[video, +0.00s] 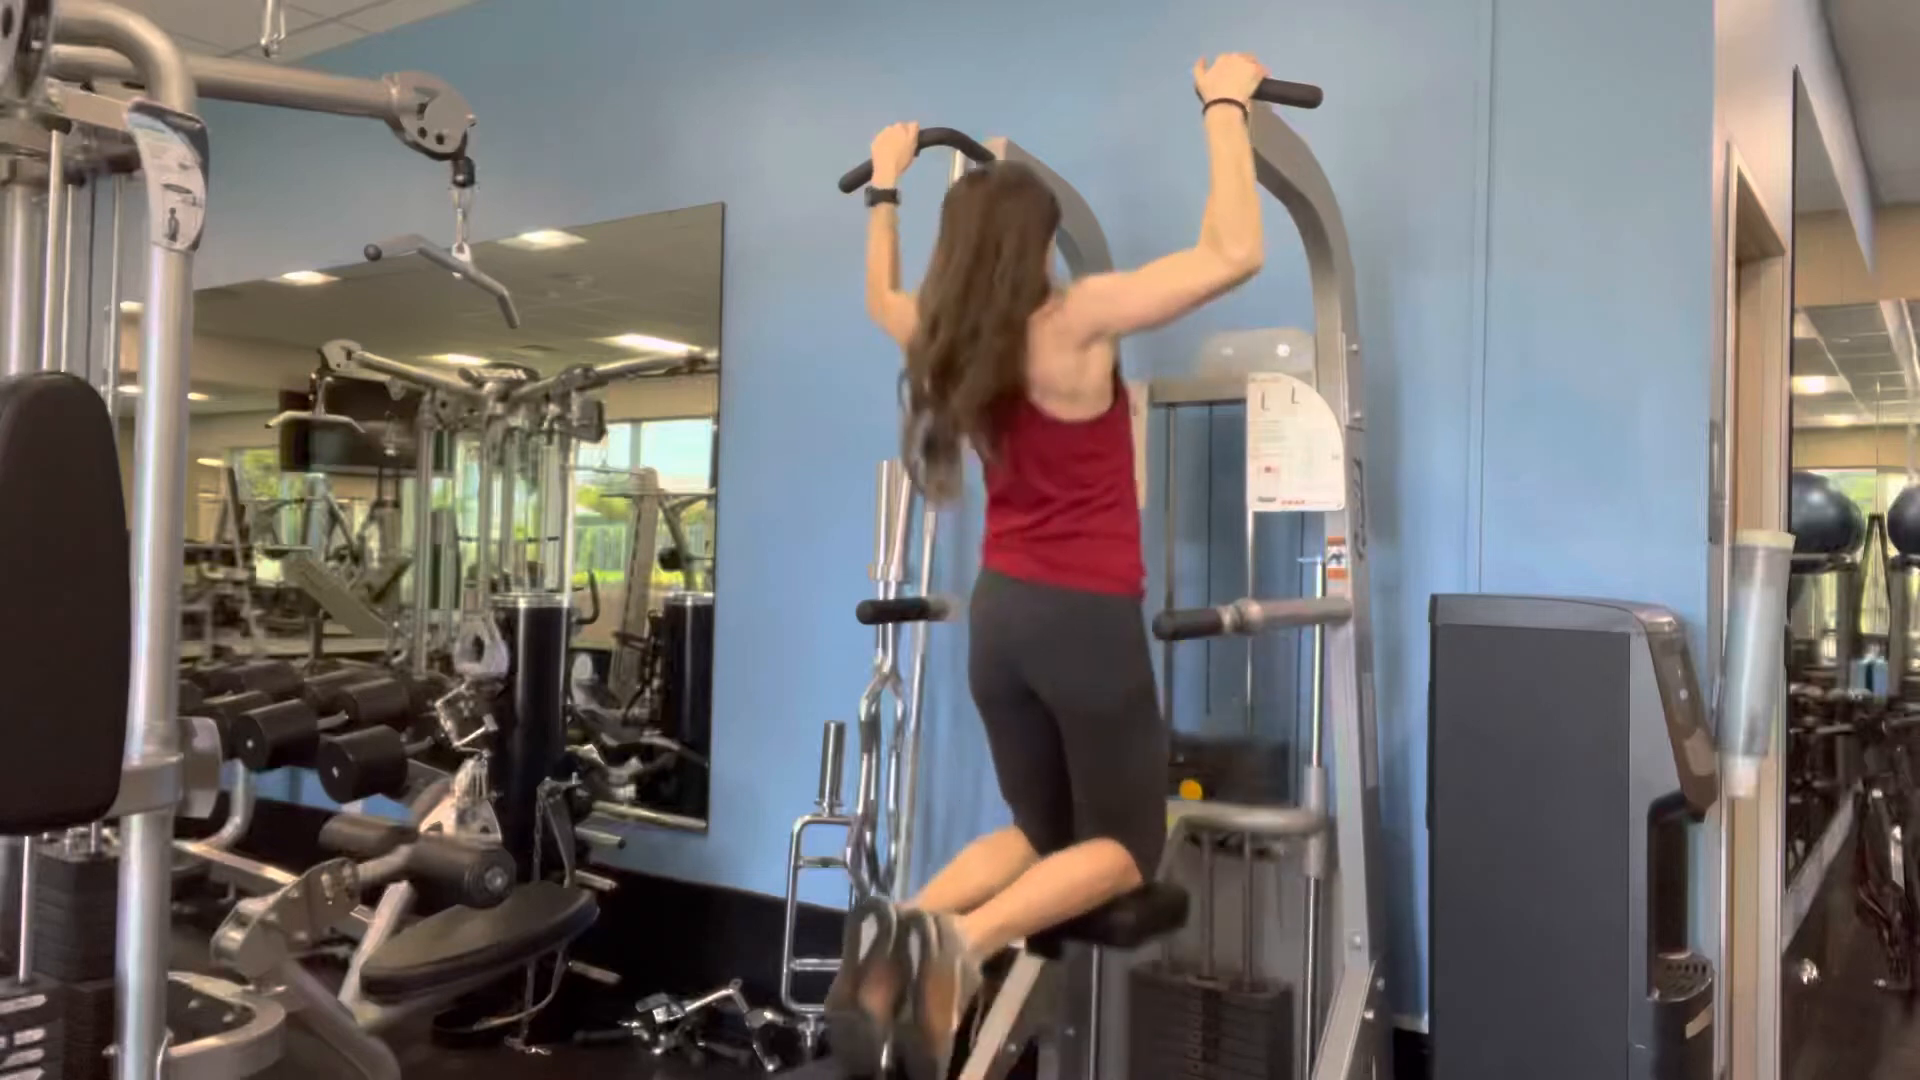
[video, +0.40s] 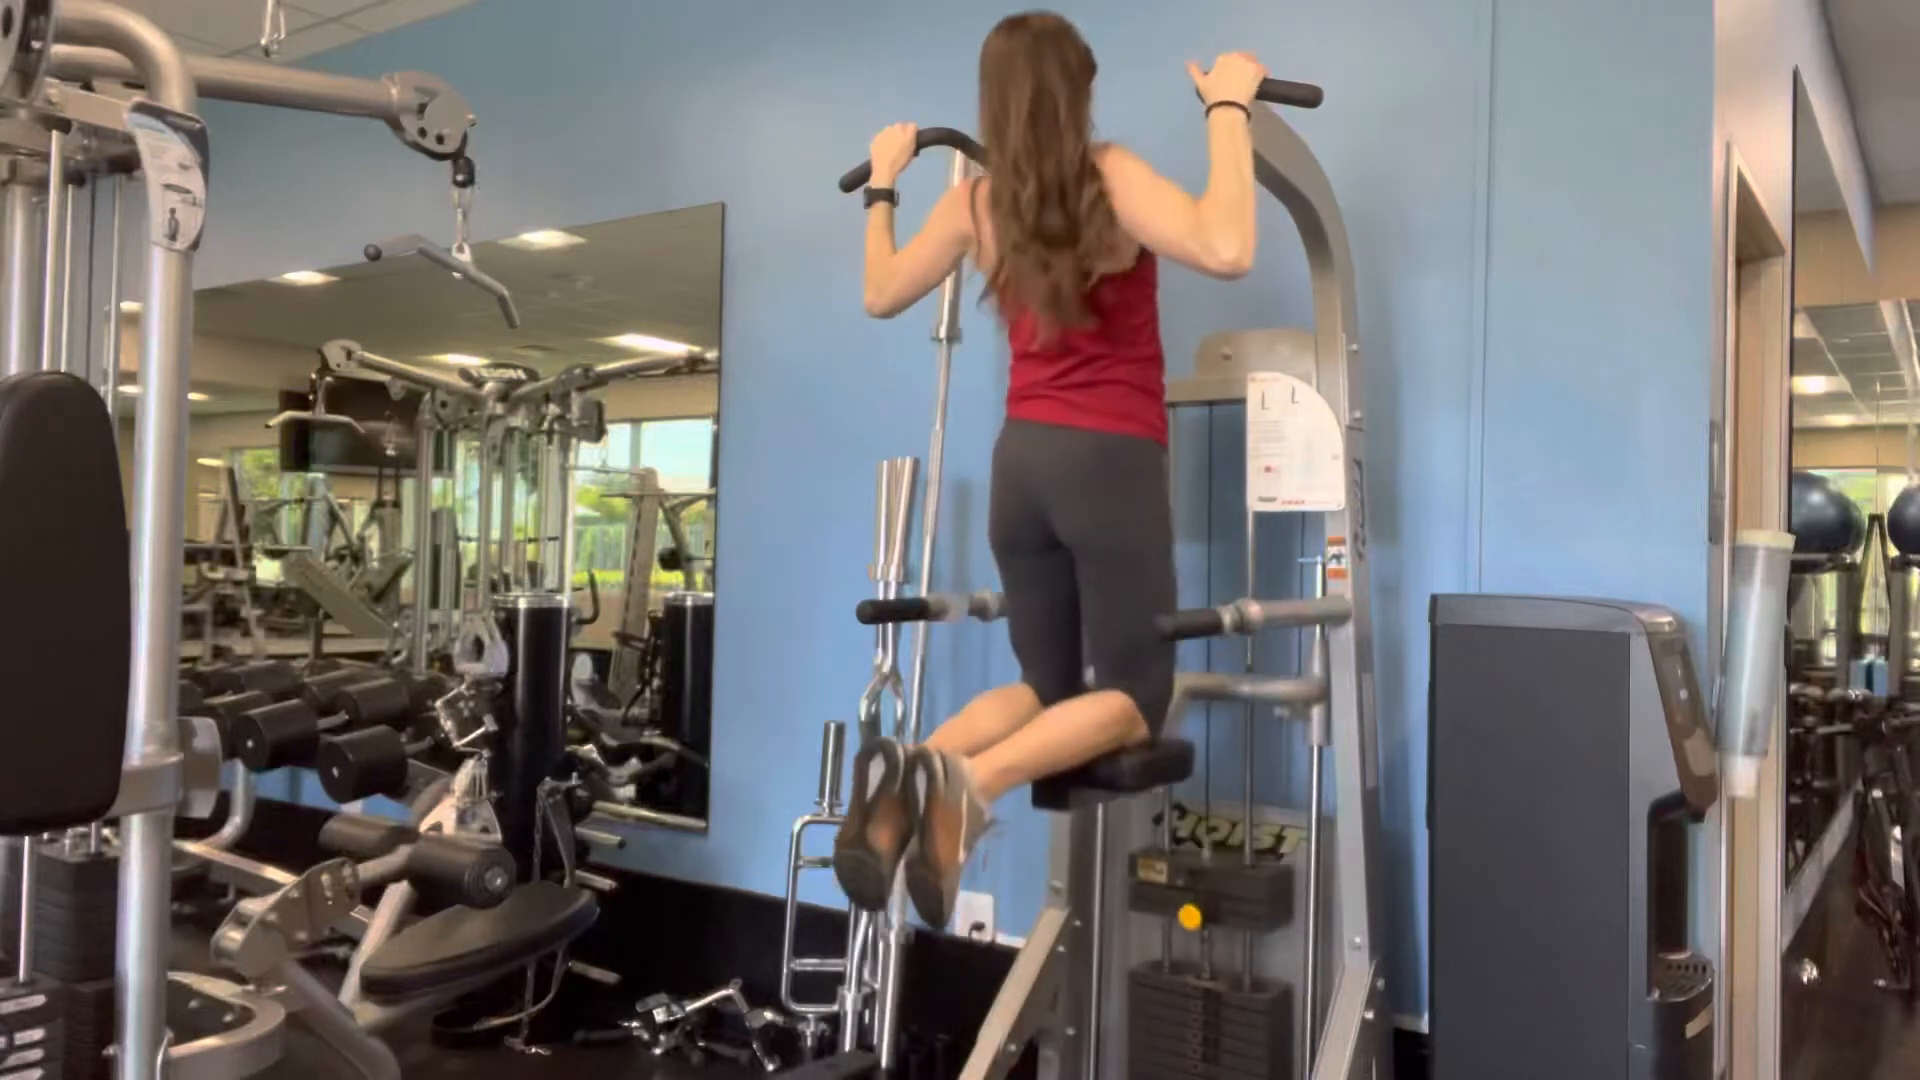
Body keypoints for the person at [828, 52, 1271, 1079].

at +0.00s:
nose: (1063, 243)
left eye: (1052, 231)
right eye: (1056, 230)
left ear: (964, 242)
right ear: (1043, 239)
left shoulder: (948, 333)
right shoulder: (1079, 314)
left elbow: (881, 292)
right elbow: (1234, 252)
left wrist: (885, 184)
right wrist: (1225, 107)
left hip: (1000, 612)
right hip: (1085, 618)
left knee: (1038, 830)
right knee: (1127, 847)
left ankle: (906, 933)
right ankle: (964, 947)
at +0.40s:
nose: (1091, 93)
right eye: (1086, 80)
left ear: (993, 98)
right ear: (1079, 89)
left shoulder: (977, 195)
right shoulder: (1112, 174)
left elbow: (883, 291)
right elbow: (1228, 247)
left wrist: (880, 184)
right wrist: (1230, 108)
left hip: (1020, 459)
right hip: (1110, 461)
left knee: (1048, 689)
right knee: (1134, 703)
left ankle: (918, 769)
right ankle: (973, 783)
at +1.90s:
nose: (1044, 236)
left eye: (1021, 227)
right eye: (1036, 225)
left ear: (953, 245)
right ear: (1029, 235)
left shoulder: (943, 330)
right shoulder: (1069, 309)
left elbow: (886, 286)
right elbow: (1226, 256)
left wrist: (884, 185)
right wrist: (1226, 110)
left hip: (991, 614)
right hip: (1080, 621)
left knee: (1037, 820)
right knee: (1127, 842)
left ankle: (907, 908)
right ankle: (962, 926)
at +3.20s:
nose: (1076, 103)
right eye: (1072, 90)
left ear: (978, 105)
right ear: (1062, 98)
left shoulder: (966, 199)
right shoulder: (1101, 178)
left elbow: (883, 294)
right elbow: (1229, 252)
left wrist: (880, 184)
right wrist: (1230, 111)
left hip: (1019, 464)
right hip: (1109, 466)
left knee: (1037, 690)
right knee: (1131, 705)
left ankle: (914, 779)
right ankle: (976, 785)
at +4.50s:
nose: (1054, 199)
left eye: (1040, 185)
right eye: (1046, 187)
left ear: (953, 216)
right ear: (1036, 204)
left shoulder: (952, 304)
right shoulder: (1077, 278)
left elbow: (880, 295)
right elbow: (1237, 256)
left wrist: (882, 187)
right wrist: (1228, 113)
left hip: (1004, 577)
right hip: (1093, 580)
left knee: (1031, 784)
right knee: (1127, 804)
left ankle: (913, 866)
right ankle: (970, 887)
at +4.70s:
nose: (1048, 307)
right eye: (1037, 295)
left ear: (956, 322)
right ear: (1034, 312)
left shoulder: (955, 395)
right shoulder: (1076, 382)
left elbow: (905, 293)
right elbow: (1200, 270)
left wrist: (885, 185)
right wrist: (1225, 114)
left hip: (997, 685)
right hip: (1087, 693)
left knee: (1023, 894)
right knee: (1119, 916)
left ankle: (900, 1002)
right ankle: (965, 1028)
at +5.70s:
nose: (1064, 152)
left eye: (1057, 143)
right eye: (1059, 142)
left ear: (963, 158)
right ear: (1047, 150)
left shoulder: (965, 247)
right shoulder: (1089, 232)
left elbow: (874, 298)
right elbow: (1248, 253)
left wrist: (881, 185)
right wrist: (1232, 113)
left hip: (1003, 524)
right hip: (1092, 531)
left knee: (1029, 749)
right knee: (1126, 762)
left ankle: (903, 854)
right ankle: (964, 867)